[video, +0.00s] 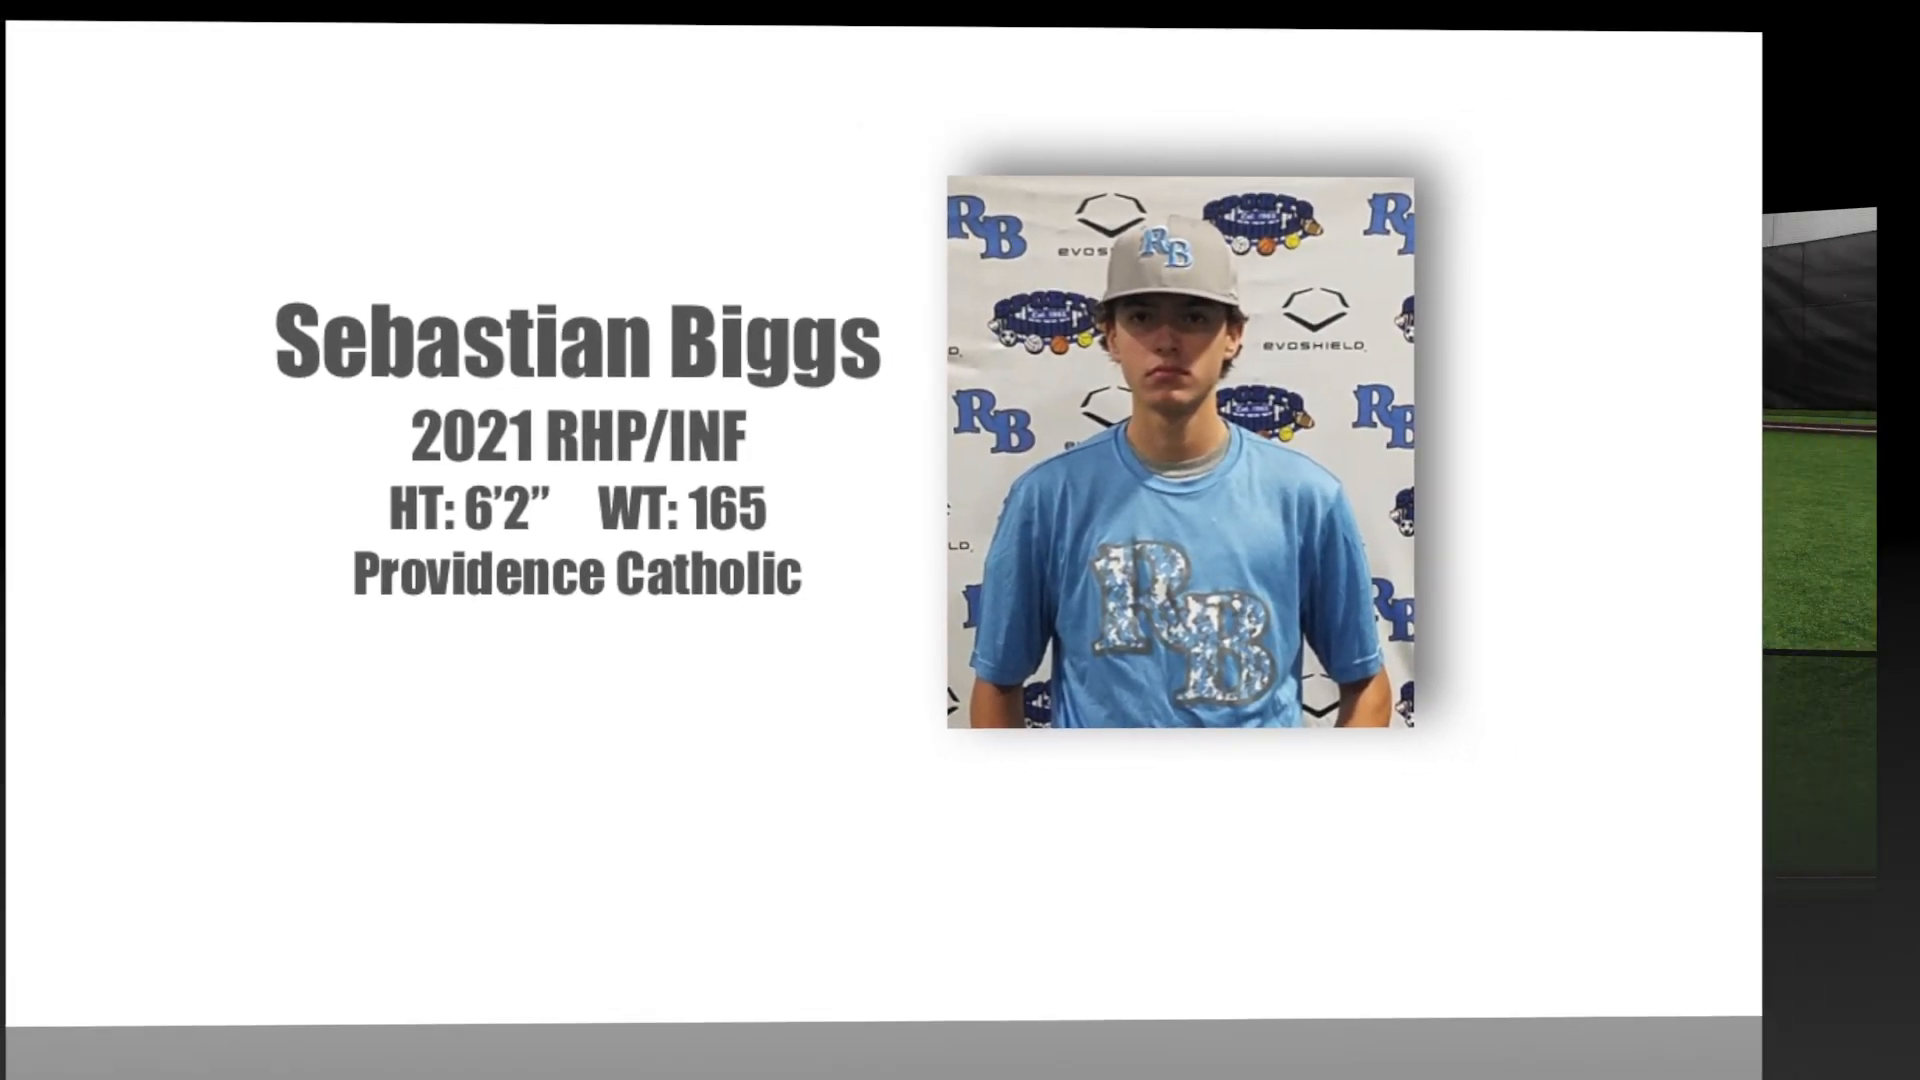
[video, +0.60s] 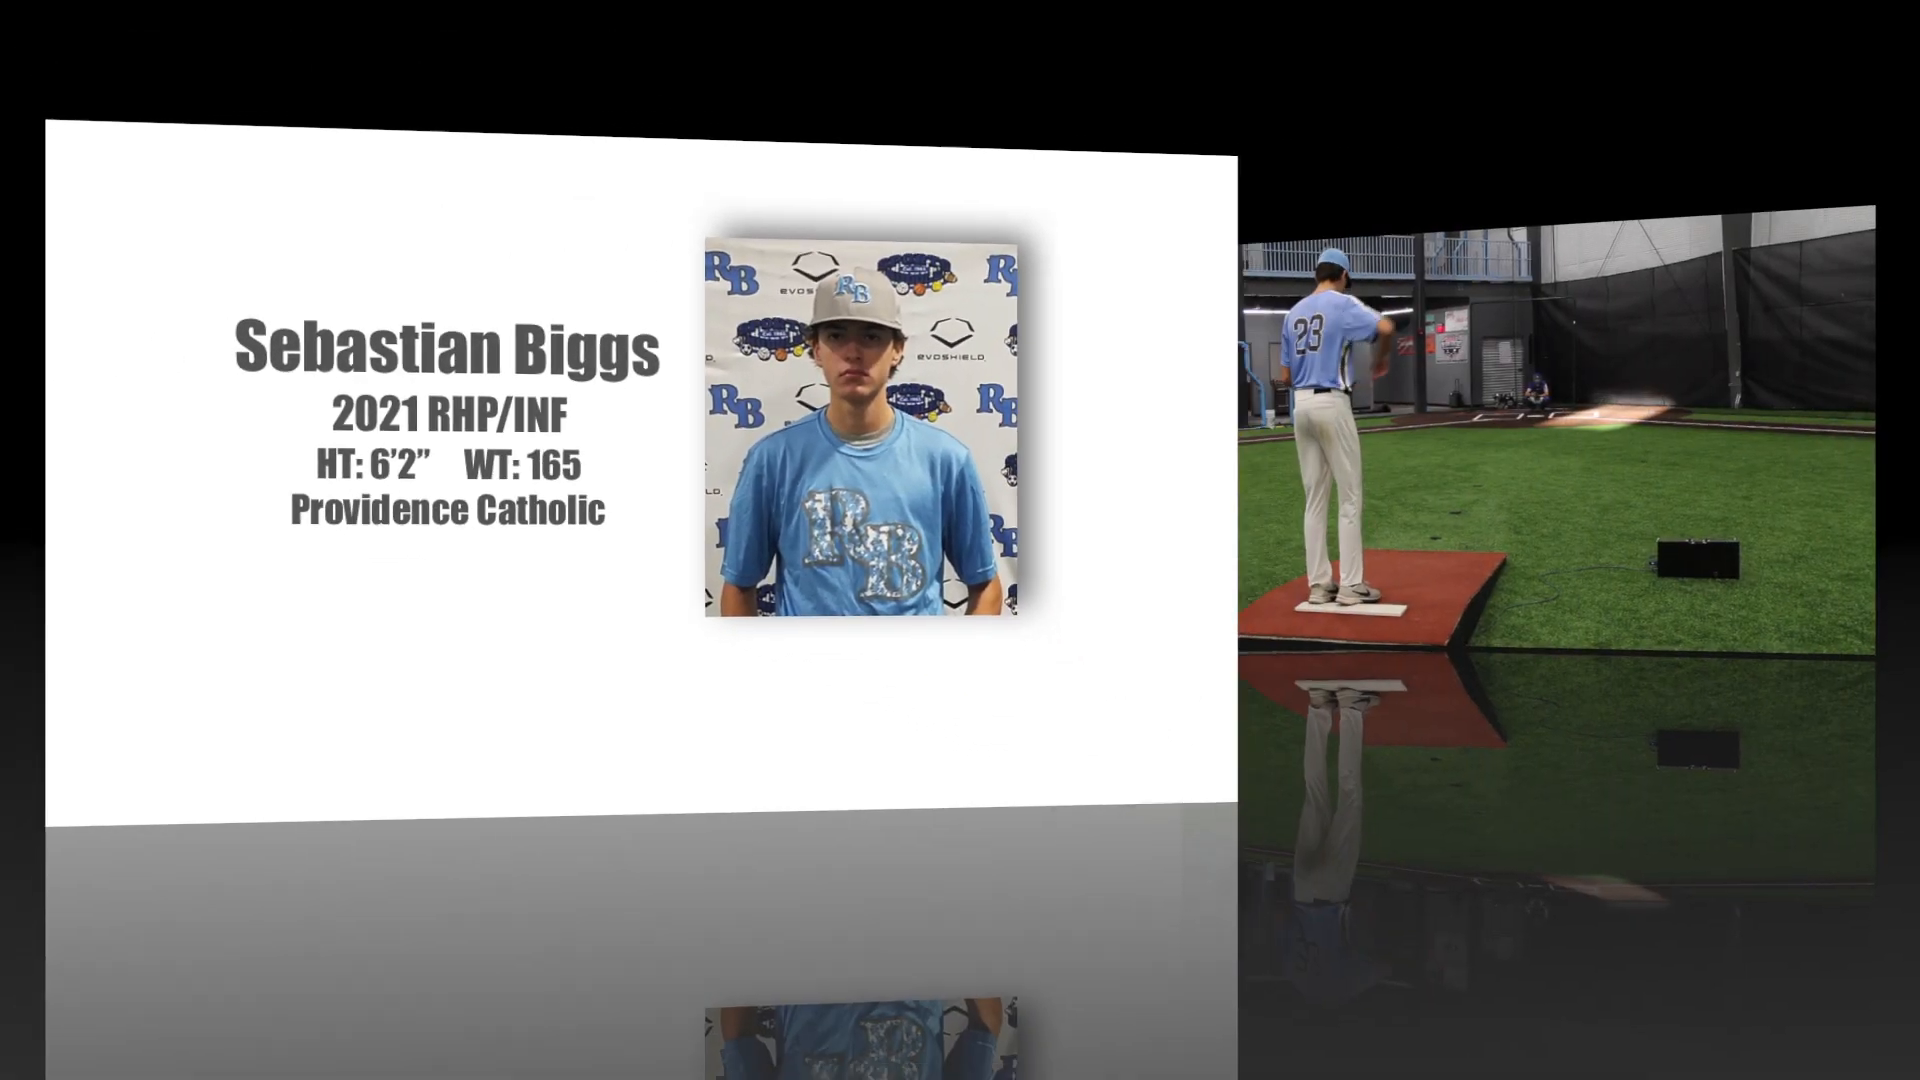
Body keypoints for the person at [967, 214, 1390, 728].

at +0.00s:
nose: (1167, 340)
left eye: (1194, 317)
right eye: (1144, 317)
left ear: (1232, 337)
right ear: (1111, 337)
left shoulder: (1308, 497)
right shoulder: (1044, 501)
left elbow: (1367, 685)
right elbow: (998, 687)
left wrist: (1331, 800)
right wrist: (1007, 805)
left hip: (1266, 799)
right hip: (1096, 799)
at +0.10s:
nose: (1117, 342)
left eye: (1142, 320)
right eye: (1096, 320)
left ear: (1179, 339)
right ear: (1064, 339)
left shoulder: (1249, 491)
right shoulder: (1002, 494)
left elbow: (1306, 668)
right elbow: (958, 671)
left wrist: (1273, 776)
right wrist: (965, 782)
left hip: (1211, 775)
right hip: (1050, 776)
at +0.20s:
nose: (1064, 344)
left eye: (1087, 324)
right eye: (1044, 324)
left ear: (1121, 343)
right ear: (1014, 341)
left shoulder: (1188, 484)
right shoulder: (955, 486)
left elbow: (1240, 650)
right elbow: (914, 652)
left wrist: (1210, 753)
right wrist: (921, 757)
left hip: (1151, 752)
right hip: (1001, 752)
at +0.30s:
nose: (1009, 346)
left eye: (1031, 327)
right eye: (990, 327)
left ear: (1063, 344)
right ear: (963, 343)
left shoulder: (1125, 478)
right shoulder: (908, 479)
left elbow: (1173, 633)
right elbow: (869, 634)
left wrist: (1146, 728)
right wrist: (874, 732)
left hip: (1091, 725)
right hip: (951, 726)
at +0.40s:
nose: (956, 349)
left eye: (976, 331)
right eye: (938, 331)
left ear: (1005, 347)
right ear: (912, 345)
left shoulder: (1063, 471)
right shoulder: (861, 473)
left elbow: (1108, 616)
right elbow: (824, 618)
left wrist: (1081, 706)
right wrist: (829, 711)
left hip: (1031, 703)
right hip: (901, 704)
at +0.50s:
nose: (903, 350)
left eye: (922, 334)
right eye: (887, 334)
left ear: (949, 349)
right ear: (863, 347)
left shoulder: (1003, 465)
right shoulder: (815, 466)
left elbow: (1045, 601)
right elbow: (781, 601)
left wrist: (1021, 683)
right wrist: (786, 689)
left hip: (973, 681)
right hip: (852, 681)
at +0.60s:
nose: (854, 352)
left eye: (871, 337)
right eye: (838, 336)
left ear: (897, 350)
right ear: (816, 349)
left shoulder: (946, 459)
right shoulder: (771, 460)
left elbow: (986, 586)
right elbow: (739, 587)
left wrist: (963, 664)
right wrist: (744, 670)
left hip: (919, 661)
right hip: (806, 661)